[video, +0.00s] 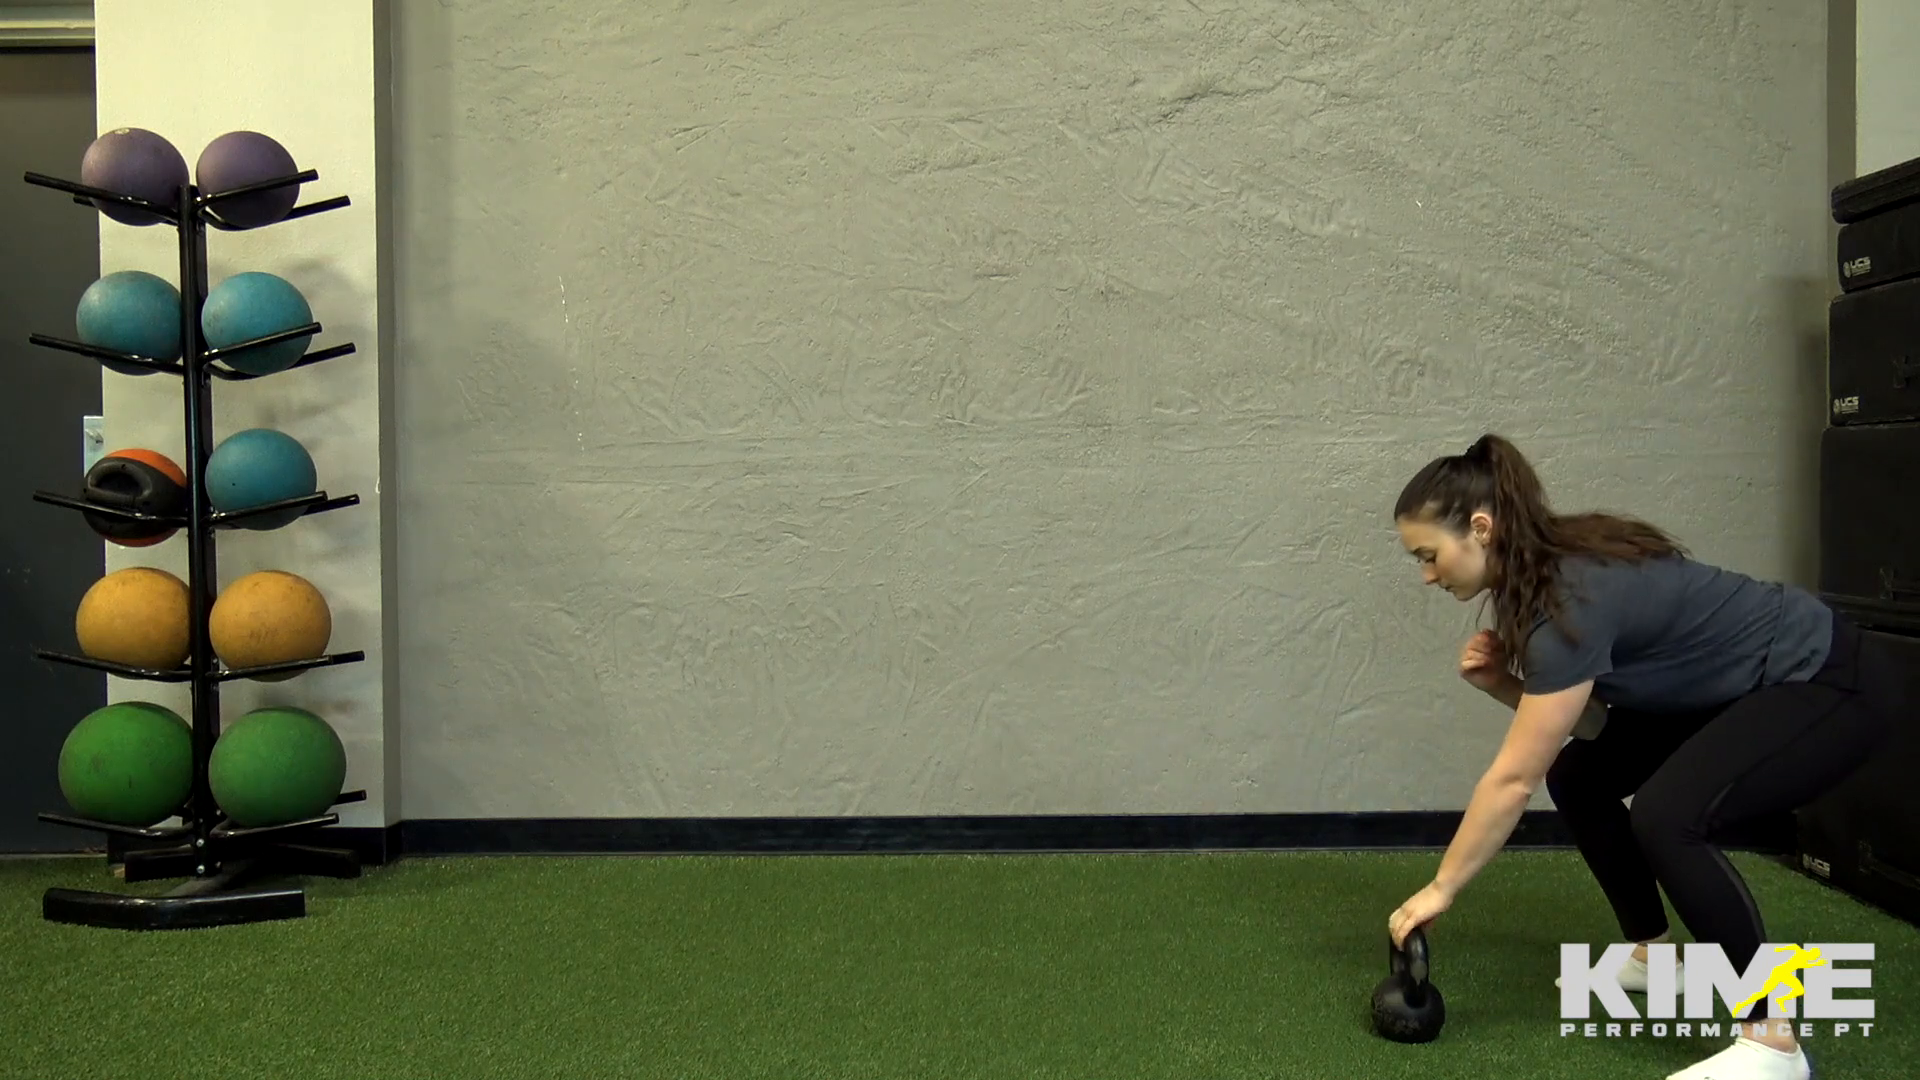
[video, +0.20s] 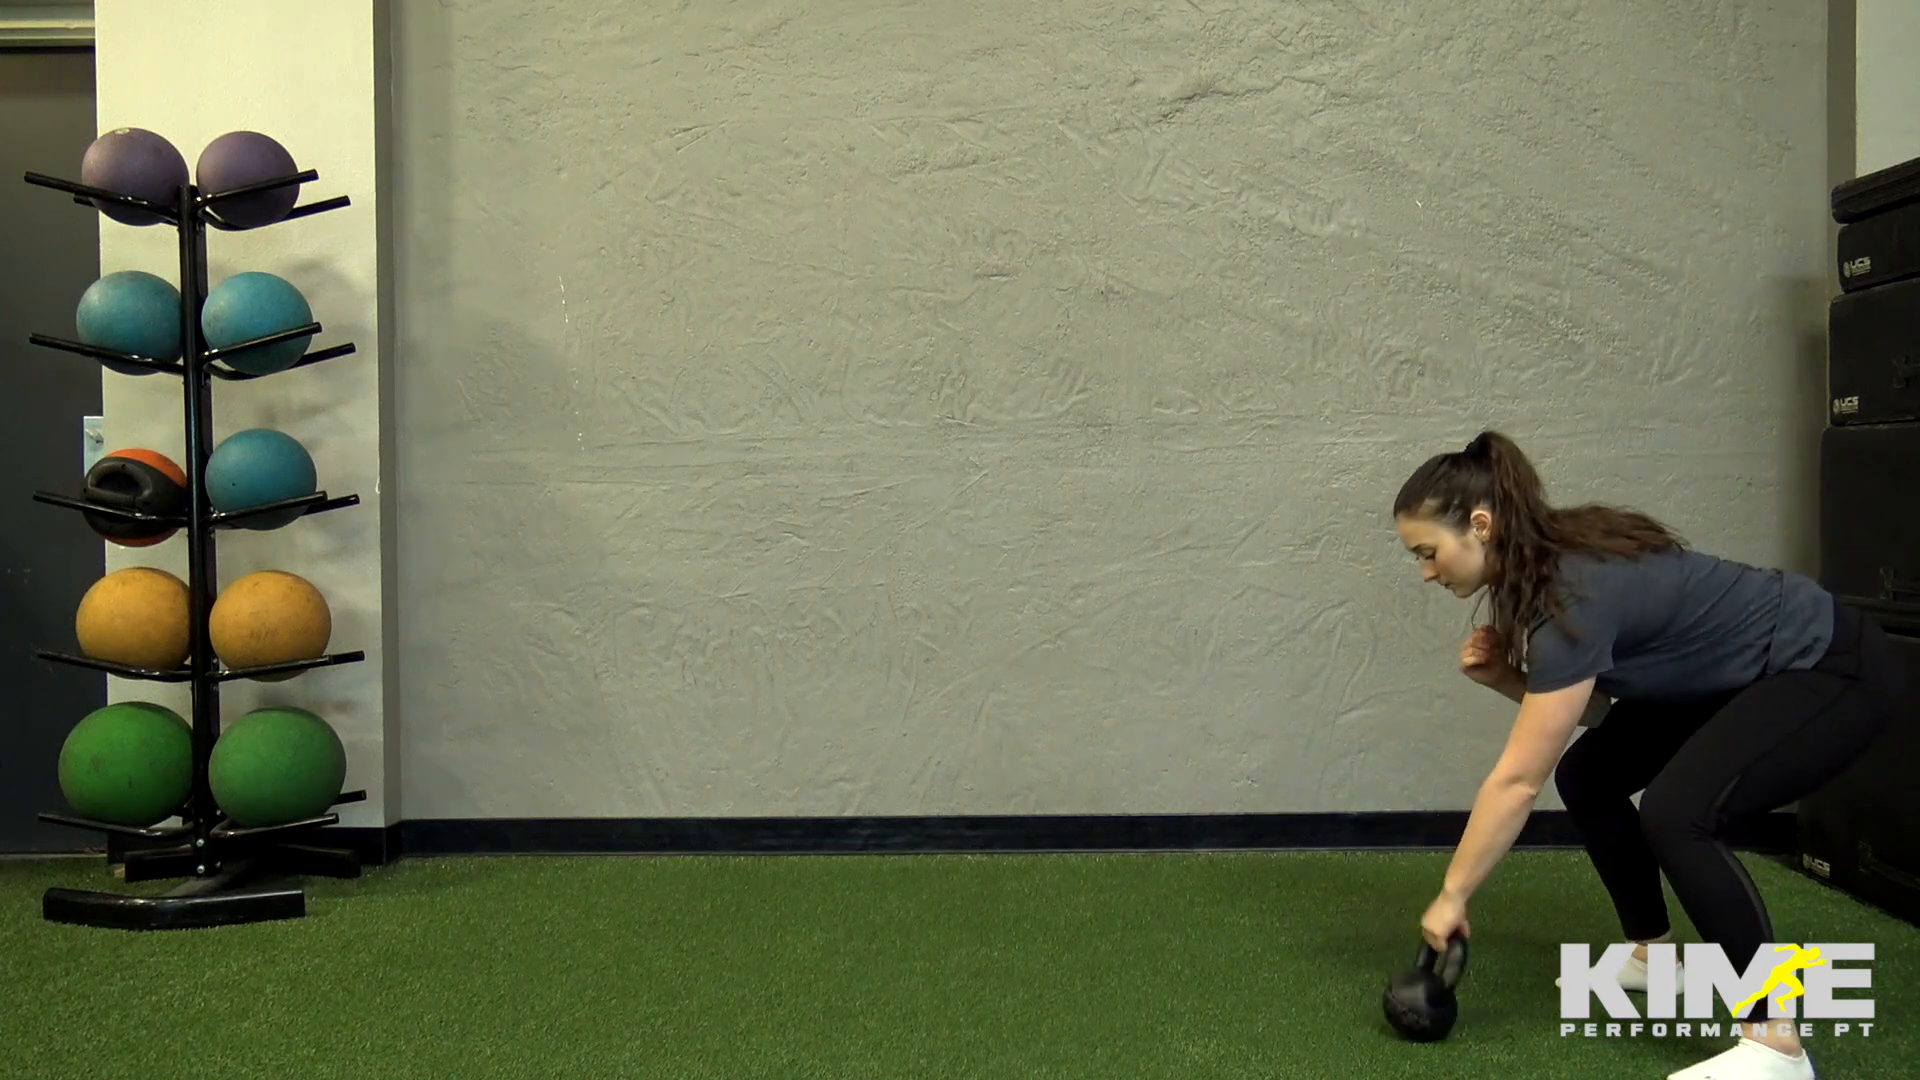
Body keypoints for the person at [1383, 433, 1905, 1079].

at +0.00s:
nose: (1427, 575)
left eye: (1428, 555)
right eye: (1419, 561)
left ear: (1482, 527)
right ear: (1484, 528)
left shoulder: (1572, 603)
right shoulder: (1547, 570)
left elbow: (1515, 782)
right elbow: (1585, 715)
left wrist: (1442, 886)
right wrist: (1508, 682)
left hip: (1829, 679)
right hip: (1753, 672)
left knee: (1665, 818)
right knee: (1580, 771)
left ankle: (1776, 1034)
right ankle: (1652, 952)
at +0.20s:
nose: (1425, 571)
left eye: (1427, 552)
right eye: (1417, 557)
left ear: (1481, 523)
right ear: (1483, 524)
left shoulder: (1574, 597)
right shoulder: (1548, 564)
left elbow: (1519, 782)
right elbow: (1585, 707)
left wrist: (1453, 896)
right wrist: (1510, 678)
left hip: (1831, 664)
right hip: (1750, 660)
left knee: (1674, 814)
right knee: (1588, 772)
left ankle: (1778, 1035)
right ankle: (1653, 955)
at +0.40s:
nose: (1429, 572)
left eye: (1431, 552)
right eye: (1421, 556)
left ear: (1487, 524)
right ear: (1488, 524)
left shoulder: (1577, 602)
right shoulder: (1557, 562)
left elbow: (1529, 791)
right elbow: (1592, 697)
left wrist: (1478, 911)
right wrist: (1518, 679)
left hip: (1836, 667)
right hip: (1759, 662)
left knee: (1679, 814)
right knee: (1591, 771)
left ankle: (1778, 1037)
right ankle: (1655, 956)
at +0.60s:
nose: (1431, 566)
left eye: (1434, 545)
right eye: (1423, 549)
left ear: (1491, 521)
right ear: (1493, 522)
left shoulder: (1583, 600)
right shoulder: (1553, 569)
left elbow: (1546, 796)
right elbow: (1573, 713)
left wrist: (1501, 921)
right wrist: (1507, 678)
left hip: (1837, 671)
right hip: (1759, 665)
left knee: (1677, 816)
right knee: (1590, 776)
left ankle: (1777, 1038)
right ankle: (1655, 955)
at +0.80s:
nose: (1429, 559)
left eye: (1433, 538)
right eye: (1422, 542)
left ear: (1492, 518)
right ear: (1492, 519)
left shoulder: (1590, 602)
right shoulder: (1549, 577)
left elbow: (1551, 793)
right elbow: (1559, 721)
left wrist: (1493, 913)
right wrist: (1496, 673)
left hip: (1833, 676)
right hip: (1761, 671)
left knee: (1673, 820)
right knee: (1586, 775)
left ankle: (1776, 1038)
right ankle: (1654, 957)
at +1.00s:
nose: (1427, 561)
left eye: (1431, 540)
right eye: (1420, 544)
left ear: (1491, 520)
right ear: (1490, 522)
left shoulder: (1593, 603)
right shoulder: (1555, 581)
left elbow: (1554, 794)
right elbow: (1560, 725)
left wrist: (1493, 913)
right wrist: (1492, 678)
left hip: (1834, 677)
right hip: (1761, 672)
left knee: (1672, 819)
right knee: (1585, 779)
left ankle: (1776, 1037)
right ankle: (1654, 957)